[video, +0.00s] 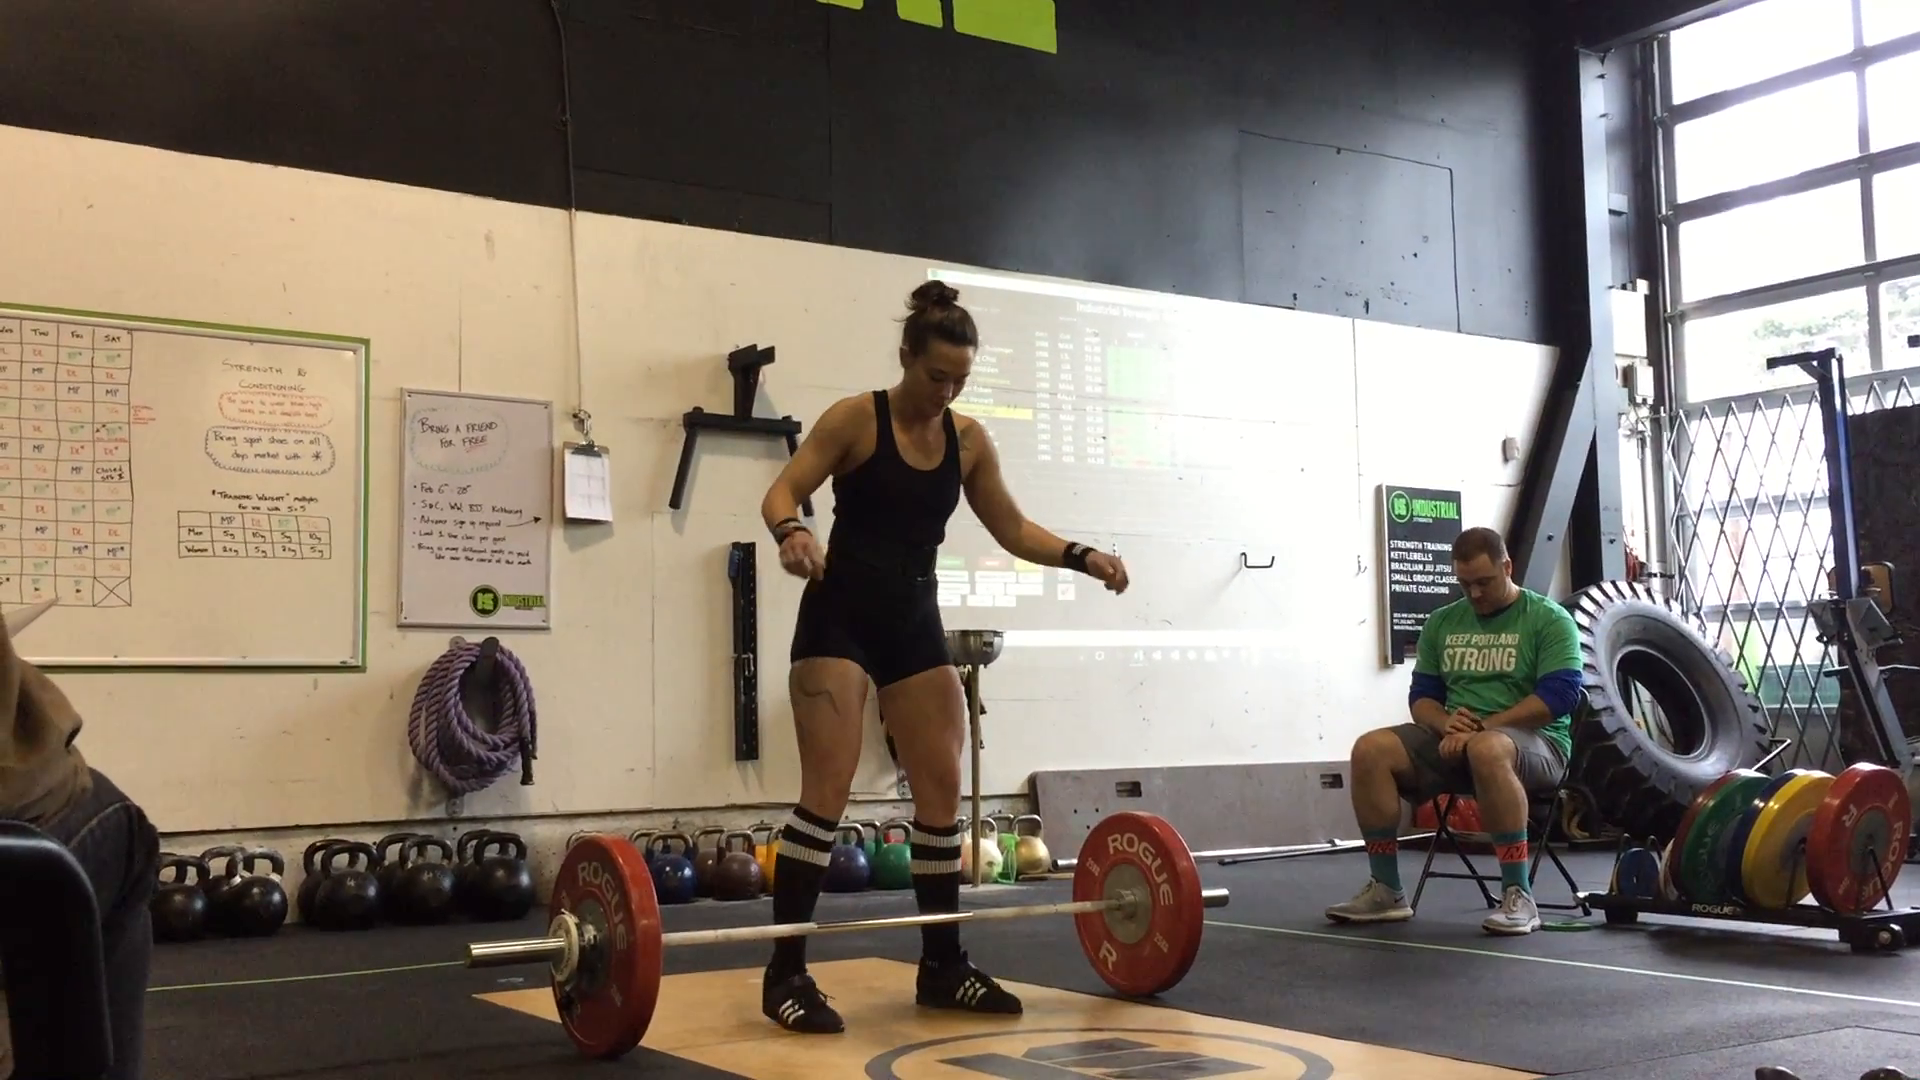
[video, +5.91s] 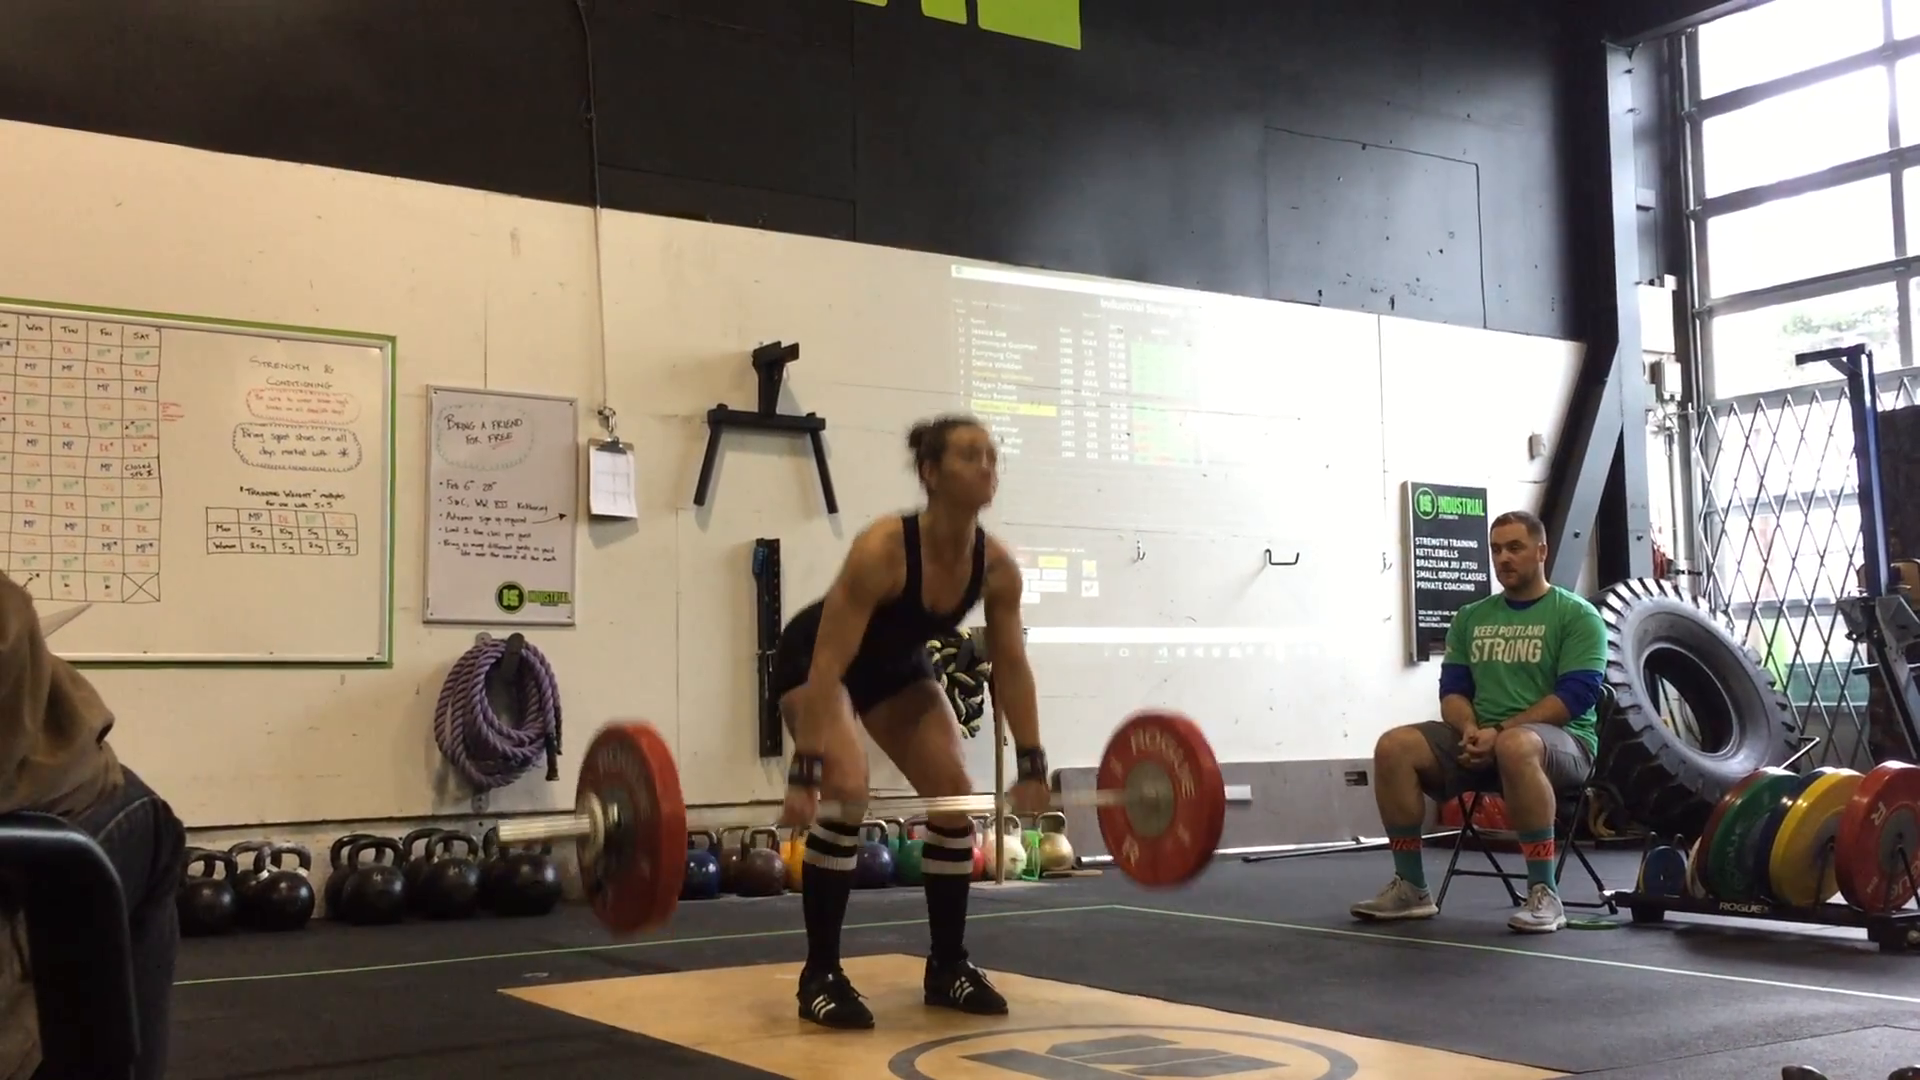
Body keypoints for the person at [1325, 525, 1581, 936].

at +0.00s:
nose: (1475, 594)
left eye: (1484, 582)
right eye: (1465, 584)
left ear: (1508, 567)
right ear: (1455, 575)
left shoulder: (1549, 618)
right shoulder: (1441, 622)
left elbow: (1561, 694)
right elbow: (1422, 698)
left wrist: (1481, 730)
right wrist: (1444, 721)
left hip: (1535, 742)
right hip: (1454, 742)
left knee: (1487, 749)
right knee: (1370, 750)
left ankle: (1517, 897)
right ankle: (1386, 891)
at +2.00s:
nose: (1489, 583)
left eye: (1498, 571)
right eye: (1480, 574)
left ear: (1523, 557)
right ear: (1471, 566)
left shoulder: (1565, 609)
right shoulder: (1455, 614)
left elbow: (1574, 686)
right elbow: (1437, 689)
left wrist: (1496, 722)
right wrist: (1459, 713)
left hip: (1550, 734)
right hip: (1469, 733)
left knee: (1502, 741)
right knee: (1384, 742)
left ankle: (1532, 888)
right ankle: (1401, 882)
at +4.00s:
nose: (1496, 551)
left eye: (1507, 541)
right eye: (1489, 543)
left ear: (1534, 546)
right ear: (1483, 551)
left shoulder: (1569, 609)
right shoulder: (1463, 613)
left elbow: (1569, 687)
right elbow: (1444, 684)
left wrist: (1495, 726)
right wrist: (1456, 725)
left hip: (1551, 734)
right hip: (1472, 735)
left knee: (1504, 743)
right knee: (1384, 744)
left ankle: (1536, 890)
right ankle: (1402, 884)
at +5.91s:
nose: (1503, 557)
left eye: (1514, 548)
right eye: (1496, 549)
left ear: (1542, 552)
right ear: (1490, 555)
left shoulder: (1577, 615)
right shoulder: (1470, 618)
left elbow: (1577, 696)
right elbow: (1453, 690)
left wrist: (1501, 734)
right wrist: (1468, 727)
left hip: (1561, 740)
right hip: (1480, 740)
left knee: (1516, 745)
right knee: (1393, 748)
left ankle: (1543, 895)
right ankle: (1411, 888)